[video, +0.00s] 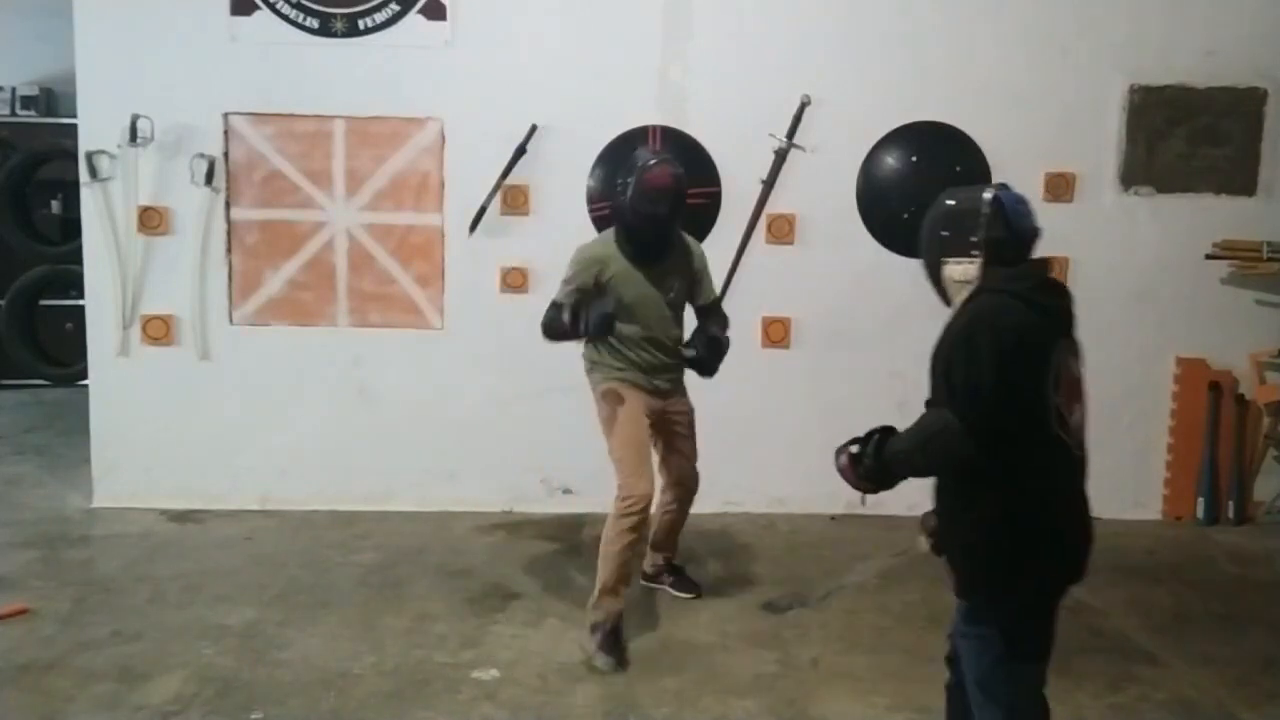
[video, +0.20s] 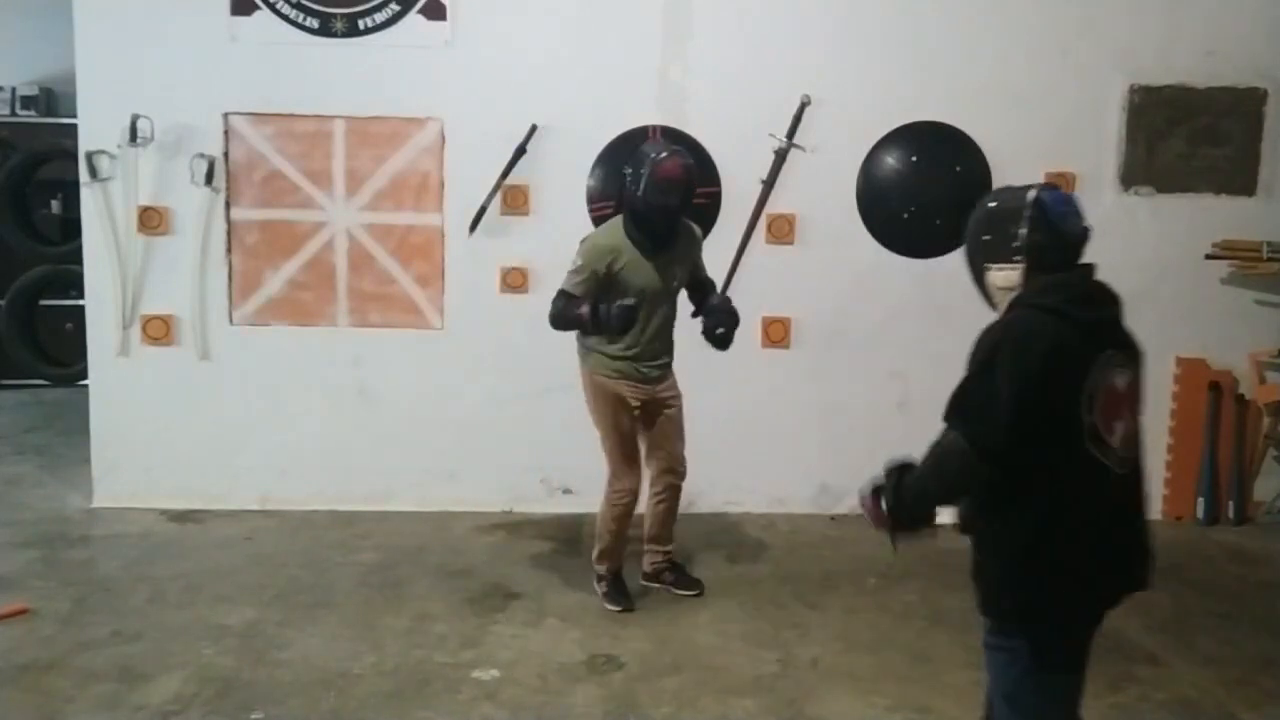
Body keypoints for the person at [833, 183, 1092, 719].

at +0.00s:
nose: (936, 268)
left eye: (942, 253)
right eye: (938, 254)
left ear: (965, 253)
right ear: (1008, 248)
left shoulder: (988, 319)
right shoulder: (1035, 304)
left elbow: (959, 429)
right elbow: (1025, 439)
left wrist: (880, 461)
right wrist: (959, 512)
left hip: (1005, 552)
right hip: (1035, 539)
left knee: (999, 692)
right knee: (974, 668)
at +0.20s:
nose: (982, 273)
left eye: (986, 259)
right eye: (983, 259)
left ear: (1010, 259)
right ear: (1058, 252)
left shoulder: (1021, 333)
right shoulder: (1102, 322)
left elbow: (974, 447)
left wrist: (903, 495)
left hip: (1029, 574)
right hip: (1091, 562)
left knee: (1020, 701)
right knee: (1053, 699)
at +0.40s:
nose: (1018, 260)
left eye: (1023, 246)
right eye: (1020, 246)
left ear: (1047, 247)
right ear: (1098, 242)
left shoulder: (1058, 326)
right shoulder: (1141, 317)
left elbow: (1017, 453)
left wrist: (956, 556)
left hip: (1060, 565)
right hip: (1116, 555)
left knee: (1053, 698)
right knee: (1087, 695)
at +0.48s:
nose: (1024, 267)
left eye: (1029, 250)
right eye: (1025, 250)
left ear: (1055, 250)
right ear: (1107, 242)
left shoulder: (1068, 326)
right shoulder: (1150, 318)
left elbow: (1044, 455)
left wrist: (992, 561)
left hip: (1072, 565)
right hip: (1129, 557)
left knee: (1060, 694)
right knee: (1099, 687)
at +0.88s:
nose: (1053, 266)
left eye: (1058, 251)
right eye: (1053, 251)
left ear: (1085, 245)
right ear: (1137, 241)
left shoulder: (1092, 312)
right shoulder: (1181, 314)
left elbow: (1068, 421)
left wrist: (1006, 495)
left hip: (1099, 548)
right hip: (1170, 546)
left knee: (1063, 688)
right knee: (1139, 689)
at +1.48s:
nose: (998, 248)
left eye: (1006, 236)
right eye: (1001, 235)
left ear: (1027, 241)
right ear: (1083, 239)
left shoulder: (1018, 331)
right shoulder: (1148, 332)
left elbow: (988, 458)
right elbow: (1167, 443)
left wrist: (952, 563)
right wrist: (1123, 511)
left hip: (1028, 556)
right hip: (1109, 549)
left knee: (1009, 679)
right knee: (1077, 677)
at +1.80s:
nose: (984, 259)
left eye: (990, 246)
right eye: (985, 245)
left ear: (1009, 247)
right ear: (1063, 240)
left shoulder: (1009, 330)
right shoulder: (1114, 321)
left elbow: (975, 446)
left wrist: (918, 539)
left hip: (1029, 566)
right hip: (1103, 556)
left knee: (1014, 697)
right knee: (1063, 696)